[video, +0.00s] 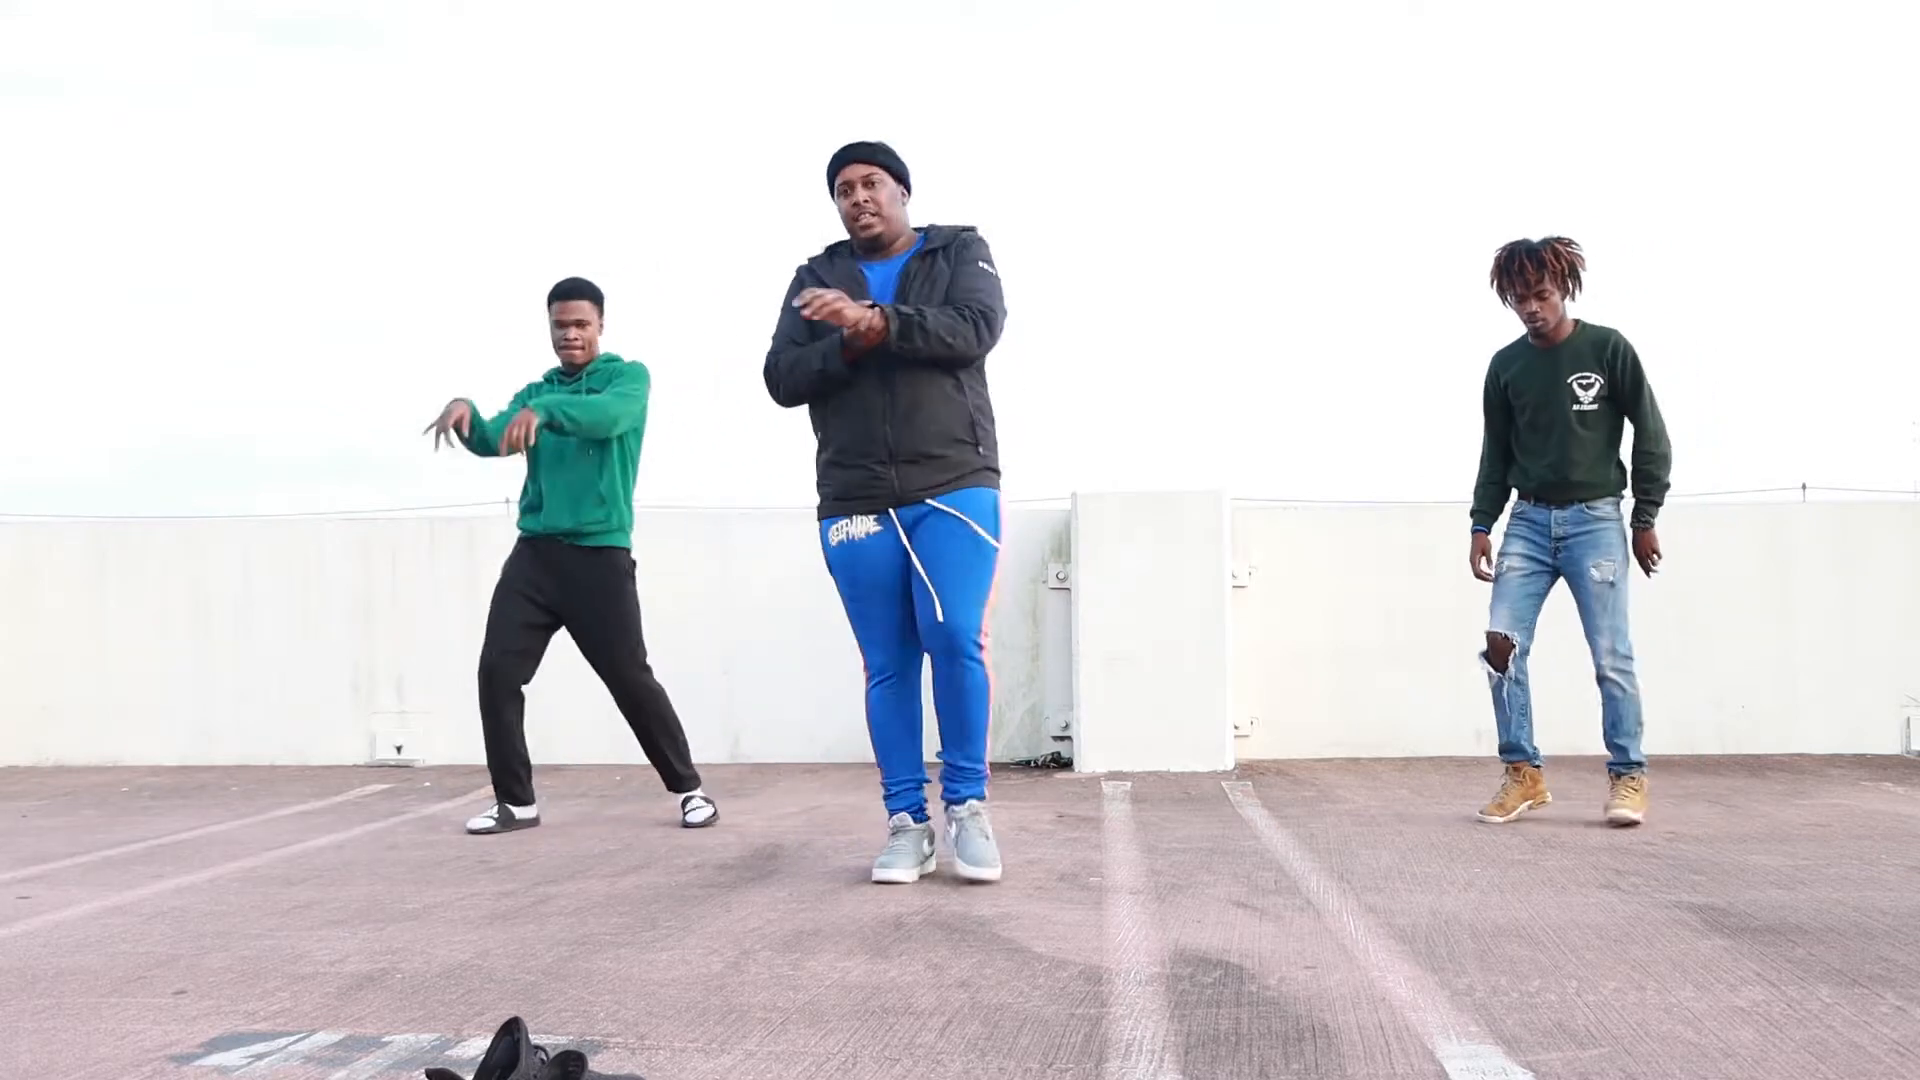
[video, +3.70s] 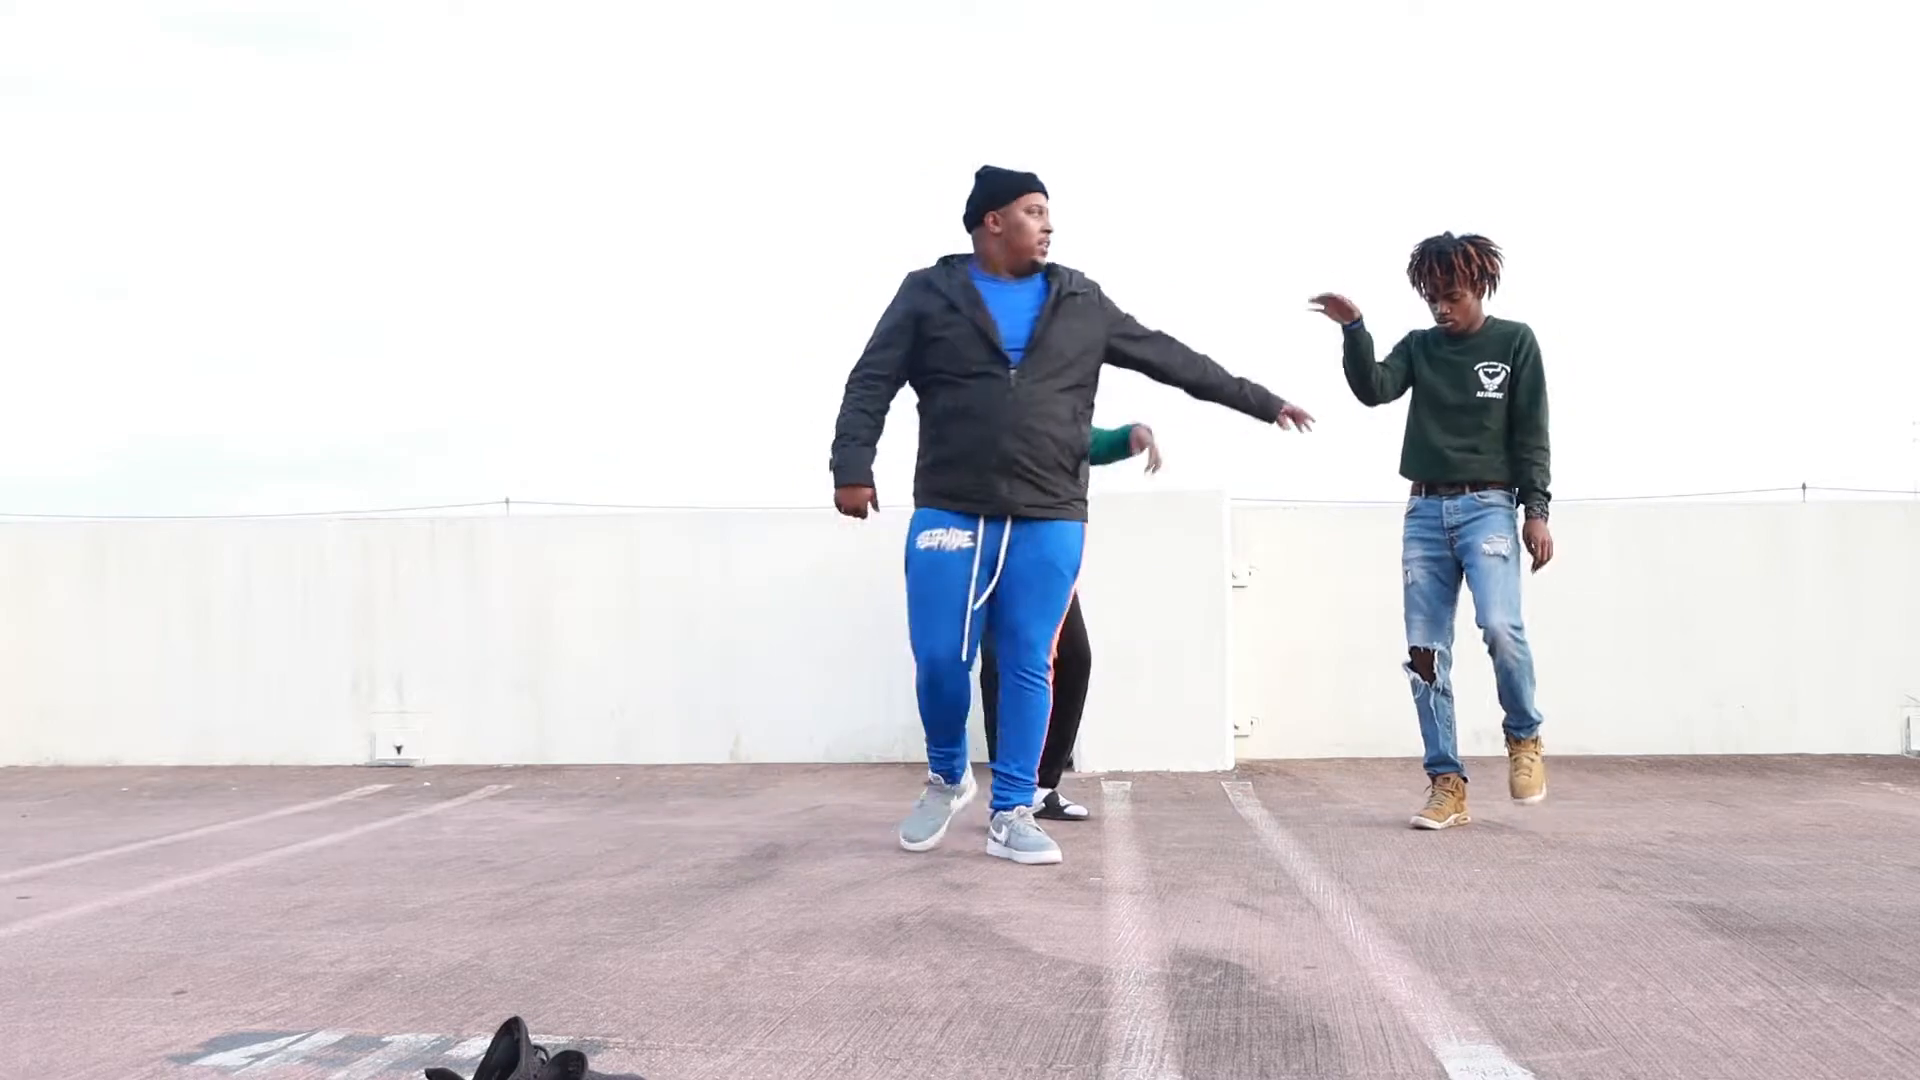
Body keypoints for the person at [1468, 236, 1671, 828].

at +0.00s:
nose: (1531, 308)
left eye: (1540, 294)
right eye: (1519, 300)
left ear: (1565, 287)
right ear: (1509, 301)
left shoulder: (1609, 348)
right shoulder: (1504, 366)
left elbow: (1651, 435)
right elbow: (1496, 456)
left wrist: (1644, 519)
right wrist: (1481, 526)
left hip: (1596, 520)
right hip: (1527, 524)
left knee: (1610, 655)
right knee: (1501, 646)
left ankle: (1627, 778)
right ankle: (1523, 774)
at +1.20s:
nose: (1502, 311)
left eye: (1512, 299)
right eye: (1492, 300)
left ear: (1536, 296)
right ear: (1481, 302)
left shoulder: (1568, 348)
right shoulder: (1462, 353)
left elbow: (1597, 432)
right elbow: (1434, 437)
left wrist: (1591, 512)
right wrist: (1436, 506)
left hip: (1553, 525)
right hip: (1481, 522)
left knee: (1561, 654)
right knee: (1464, 644)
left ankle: (1537, 781)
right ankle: (1494, 763)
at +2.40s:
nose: (1464, 312)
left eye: (1475, 299)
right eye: (1456, 302)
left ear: (1507, 291)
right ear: (1451, 300)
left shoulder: (1546, 342)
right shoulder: (1453, 358)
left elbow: (1563, 428)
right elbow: (1443, 437)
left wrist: (1518, 459)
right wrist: (1430, 511)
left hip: (1532, 516)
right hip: (1471, 520)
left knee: (1531, 641)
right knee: (1479, 651)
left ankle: (1555, 771)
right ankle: (1502, 774)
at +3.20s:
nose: (1470, 307)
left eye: (1479, 294)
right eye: (1462, 296)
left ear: (1514, 285)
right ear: (1458, 293)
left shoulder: (1551, 324)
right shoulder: (1468, 354)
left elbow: (1546, 403)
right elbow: (1456, 444)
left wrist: (1486, 396)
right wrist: (1407, 429)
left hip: (1551, 512)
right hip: (1489, 514)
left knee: (1560, 657)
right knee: (1460, 649)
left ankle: (1571, 788)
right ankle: (1454, 783)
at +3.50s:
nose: (1448, 307)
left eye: (1458, 295)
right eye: (1440, 296)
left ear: (1488, 285)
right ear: (1433, 291)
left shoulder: (1523, 333)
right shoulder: (1427, 347)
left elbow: (1538, 416)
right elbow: (1395, 417)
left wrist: (1512, 447)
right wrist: (1359, 369)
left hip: (1504, 509)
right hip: (1441, 513)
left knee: (1518, 640)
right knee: (1436, 650)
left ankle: (1551, 767)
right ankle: (1447, 784)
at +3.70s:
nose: (1441, 311)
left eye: (1451, 298)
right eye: (1433, 300)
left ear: (1481, 287)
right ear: (1426, 295)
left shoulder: (1515, 341)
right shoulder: (1419, 345)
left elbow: (1531, 432)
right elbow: (1372, 389)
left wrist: (1536, 511)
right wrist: (1354, 327)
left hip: (1488, 507)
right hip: (1424, 511)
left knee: (1499, 626)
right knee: (1424, 652)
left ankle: (1522, 738)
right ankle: (1446, 784)